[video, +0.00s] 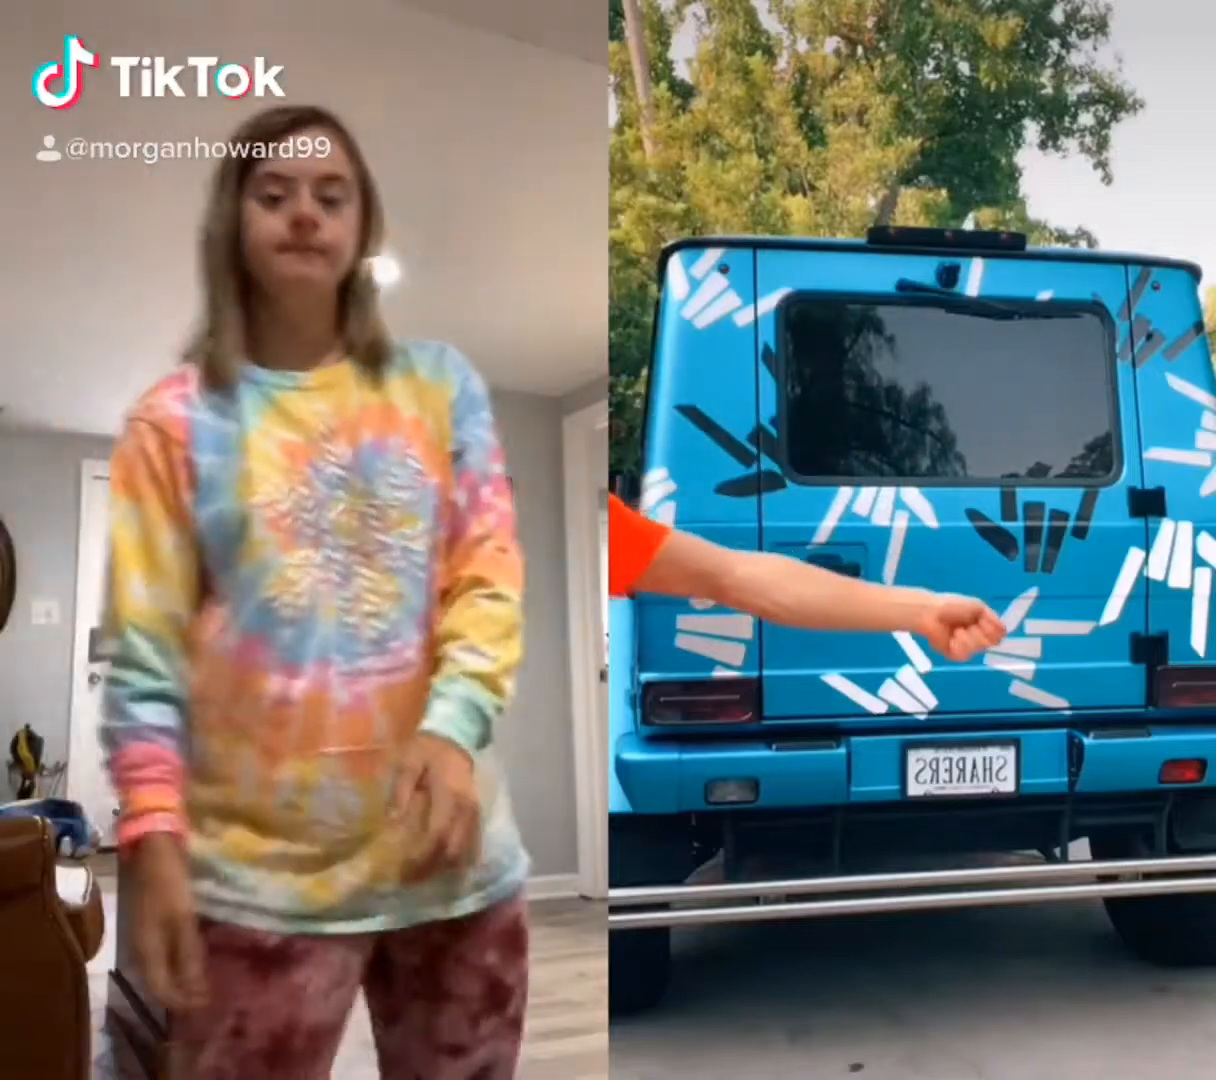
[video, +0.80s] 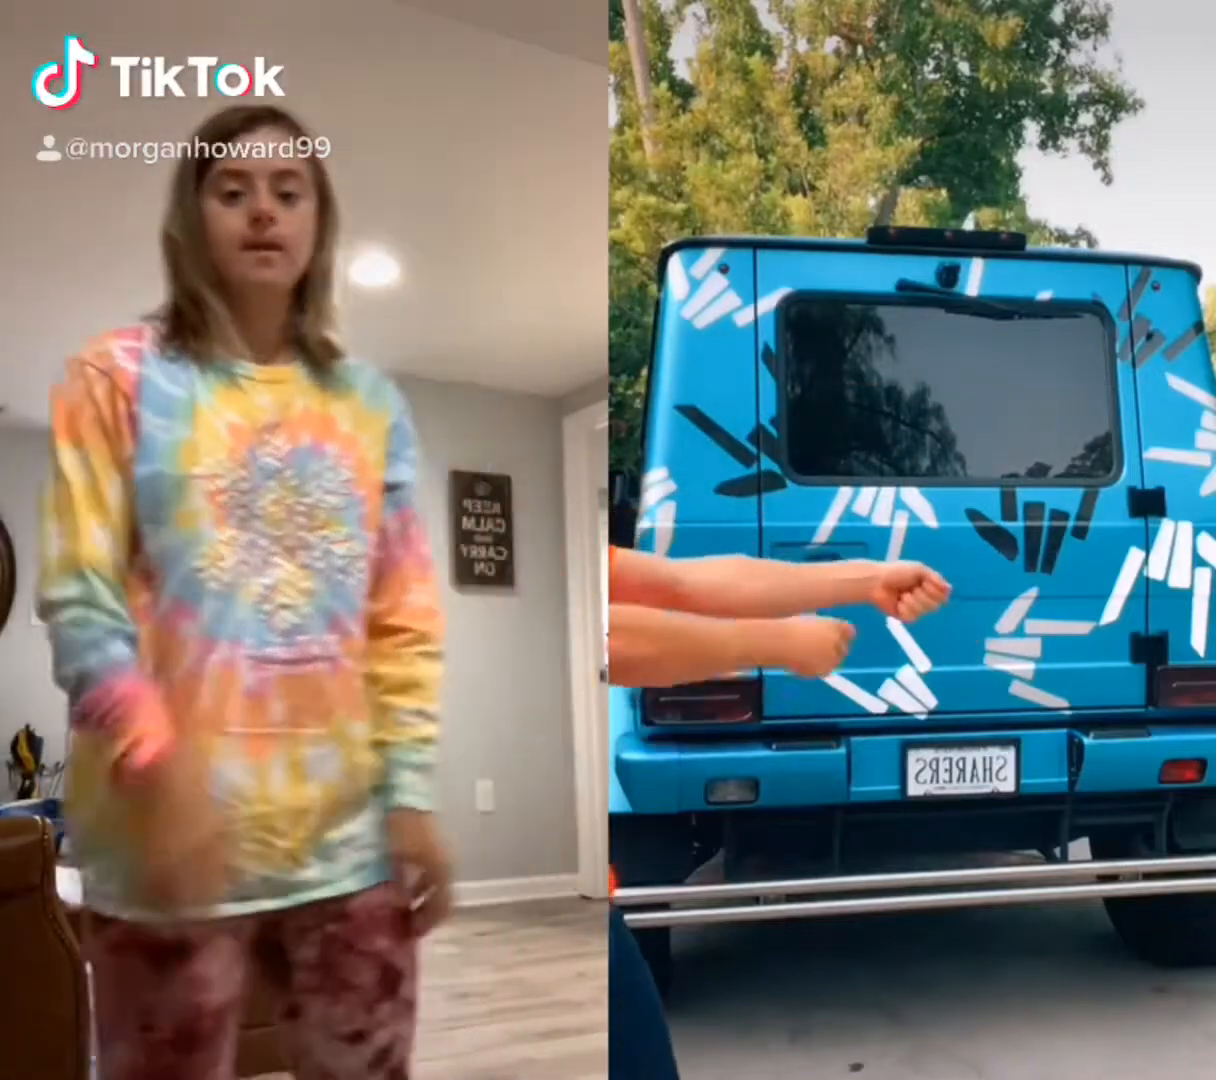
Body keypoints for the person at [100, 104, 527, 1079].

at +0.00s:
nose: (305, 215)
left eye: (331, 193)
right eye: (273, 193)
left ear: (364, 226)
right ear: (231, 223)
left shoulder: (443, 390)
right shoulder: (175, 422)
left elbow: (488, 585)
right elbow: (141, 652)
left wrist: (454, 728)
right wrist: (154, 844)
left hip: (449, 869)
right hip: (257, 885)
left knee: (468, 1068)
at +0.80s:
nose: (264, 214)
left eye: (289, 192)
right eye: (233, 191)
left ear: (322, 221)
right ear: (189, 220)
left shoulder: (371, 401)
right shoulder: (117, 379)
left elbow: (404, 617)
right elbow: (78, 598)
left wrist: (411, 793)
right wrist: (159, 770)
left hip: (348, 846)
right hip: (166, 853)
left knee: (366, 1071)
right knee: (164, 1073)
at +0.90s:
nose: (238, 215)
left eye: (263, 193)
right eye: (208, 192)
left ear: (297, 226)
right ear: (165, 221)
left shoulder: (336, 413)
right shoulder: (89, 374)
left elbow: (362, 619)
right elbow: (72, 586)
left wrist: (357, 781)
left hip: (307, 841)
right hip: (130, 855)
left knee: (361, 1071)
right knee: (139, 1075)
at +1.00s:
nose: (216, 216)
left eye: (241, 194)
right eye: (185, 192)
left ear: (273, 227)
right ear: (140, 218)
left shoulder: (301, 414)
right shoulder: (80, 351)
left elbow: (329, 622)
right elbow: (136, 553)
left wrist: (327, 757)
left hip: (284, 829)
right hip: (117, 843)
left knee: (349, 1067)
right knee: (127, 1073)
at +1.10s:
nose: (194, 212)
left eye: (220, 191)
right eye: (163, 187)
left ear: (250, 223)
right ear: (117, 210)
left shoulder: (265, 400)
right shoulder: (69, 335)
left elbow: (301, 583)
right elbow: (228, 439)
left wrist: (313, 706)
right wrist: (496, 393)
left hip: (266, 809)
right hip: (105, 818)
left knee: (330, 1065)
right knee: (125, 1072)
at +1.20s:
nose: (177, 210)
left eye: (203, 188)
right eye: (146, 184)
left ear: (234, 219)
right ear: (99, 205)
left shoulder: (234, 365)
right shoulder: (71, 318)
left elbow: (234, 601)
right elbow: (299, 349)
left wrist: (306, 609)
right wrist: (537, 376)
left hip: (252, 797)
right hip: (95, 800)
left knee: (312, 1064)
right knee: (116, 1069)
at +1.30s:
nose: (172, 208)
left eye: (197, 186)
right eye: (139, 184)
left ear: (225, 217)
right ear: (94, 207)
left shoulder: (221, 368)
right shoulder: (72, 318)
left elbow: (280, 593)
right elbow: (304, 365)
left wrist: (332, 473)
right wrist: (535, 417)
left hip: (256, 810)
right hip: (96, 812)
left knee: (306, 1068)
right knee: (116, 1070)